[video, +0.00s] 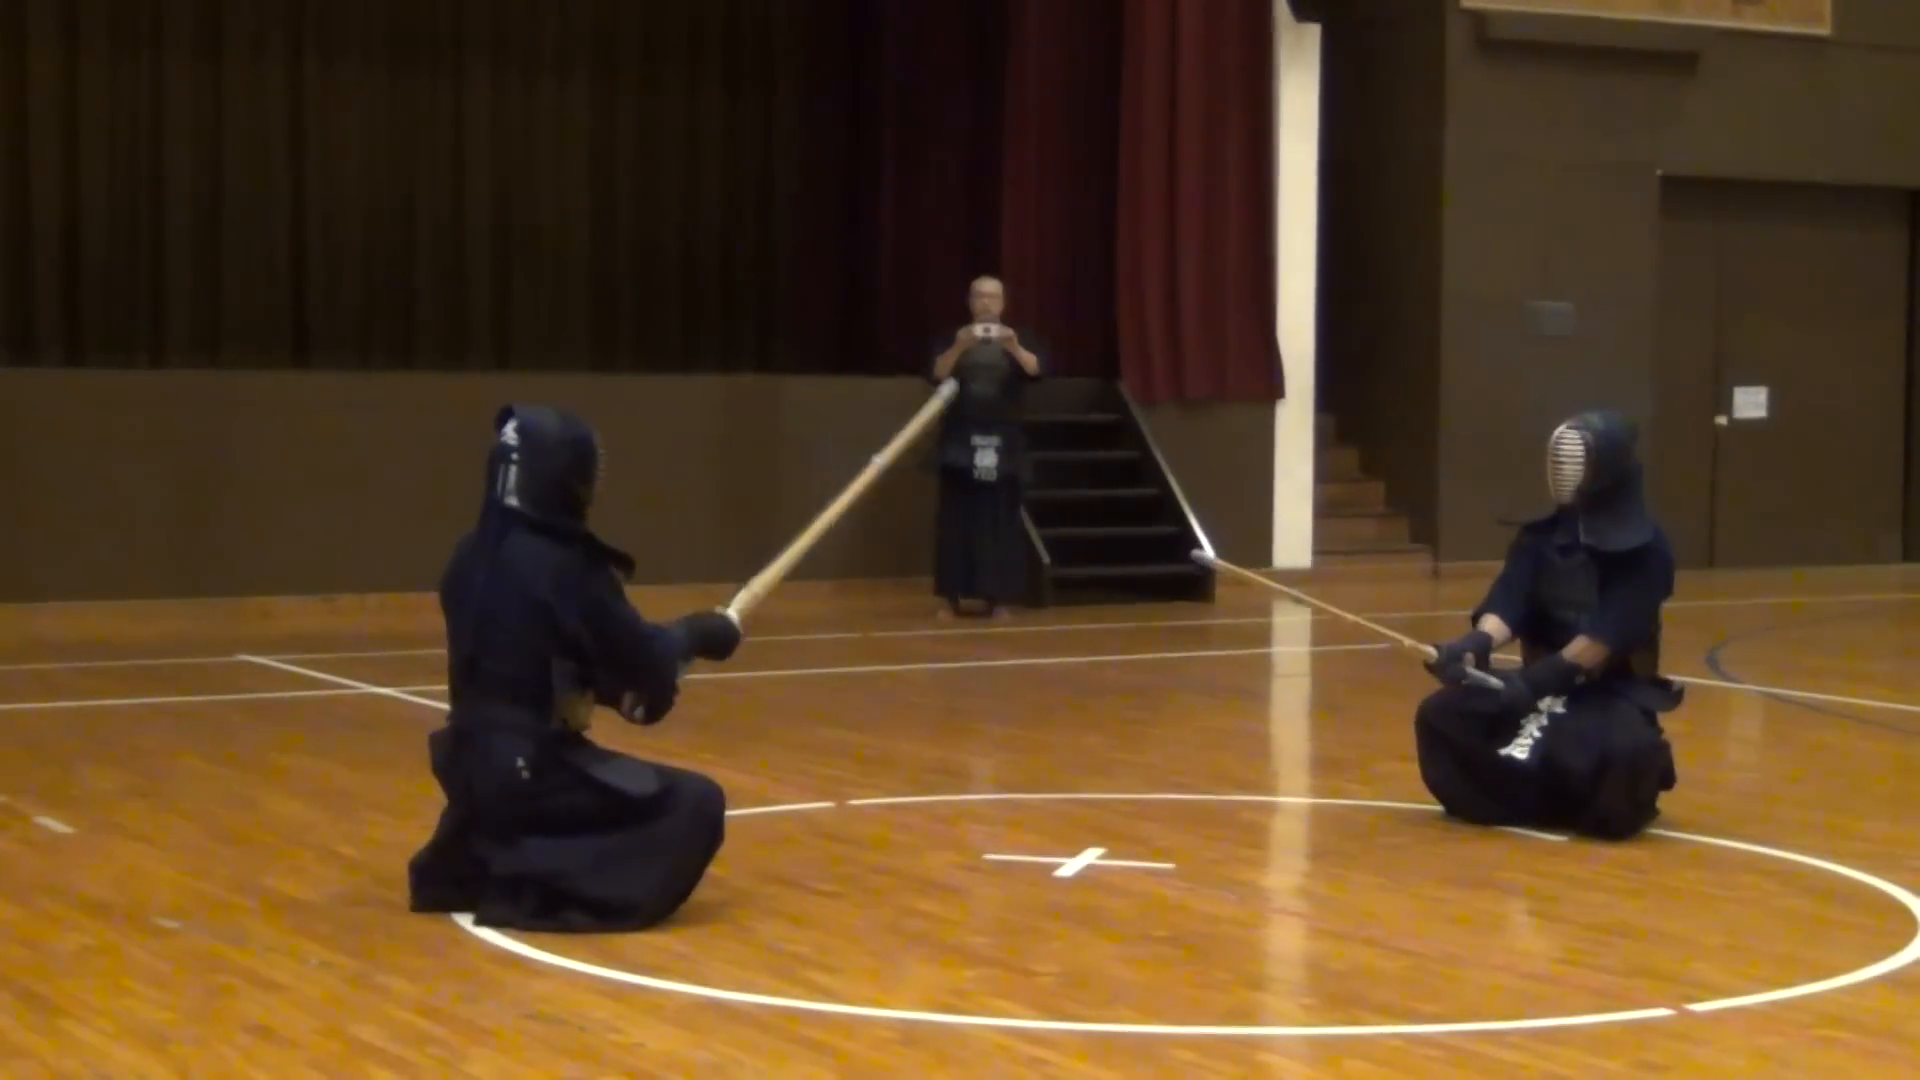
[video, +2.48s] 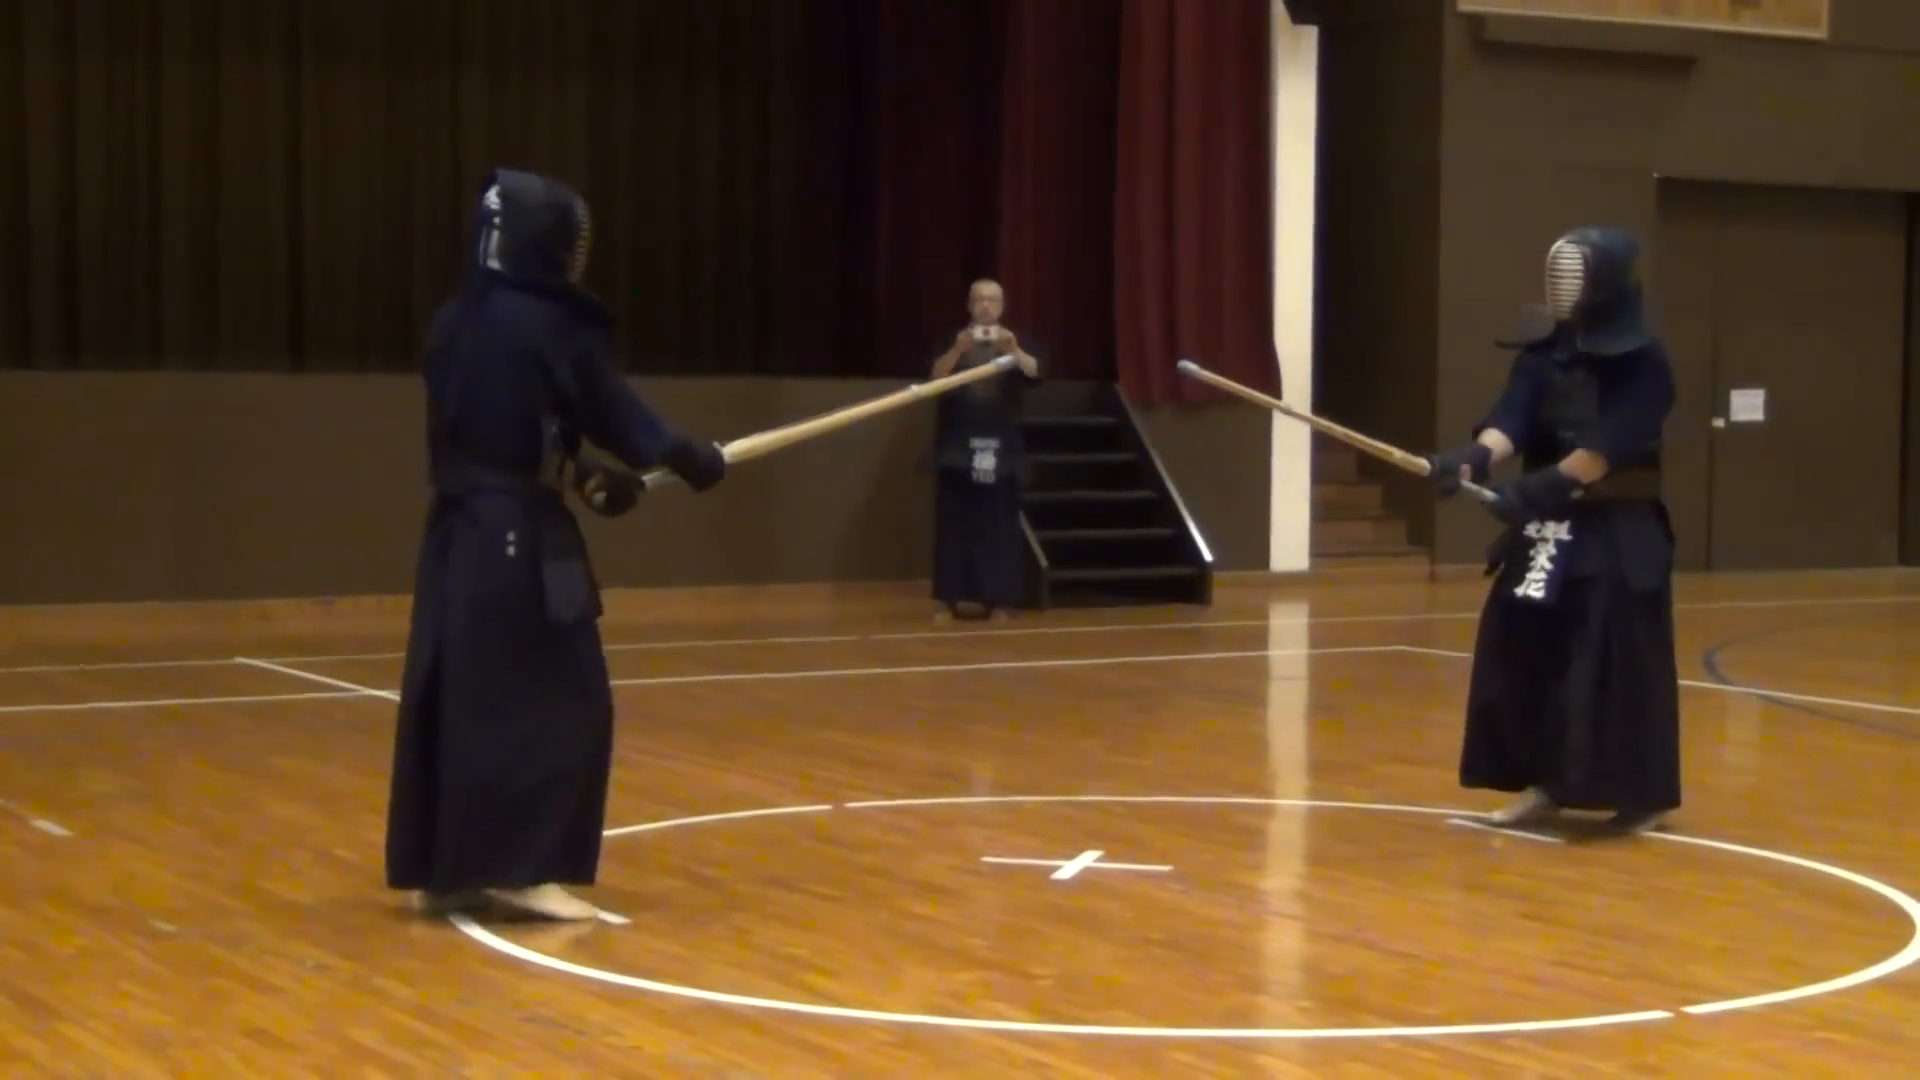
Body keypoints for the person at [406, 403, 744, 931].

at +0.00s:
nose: (591, 488)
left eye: (589, 474)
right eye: (585, 475)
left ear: (507, 472)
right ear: (564, 482)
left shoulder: (470, 556)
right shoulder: (568, 566)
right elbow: (636, 660)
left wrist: (618, 682)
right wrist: (694, 635)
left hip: (464, 759)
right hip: (531, 774)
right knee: (693, 804)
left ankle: (461, 865)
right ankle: (538, 884)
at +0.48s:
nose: (583, 493)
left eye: (580, 479)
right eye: (576, 480)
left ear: (499, 479)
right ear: (557, 486)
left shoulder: (465, 561)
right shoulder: (566, 573)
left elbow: (531, 653)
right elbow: (636, 659)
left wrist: (607, 692)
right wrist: (700, 668)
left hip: (462, 764)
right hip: (531, 776)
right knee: (696, 807)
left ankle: (451, 869)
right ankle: (542, 884)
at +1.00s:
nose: (586, 493)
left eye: (584, 478)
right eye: (580, 479)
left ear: (501, 478)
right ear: (560, 486)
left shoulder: (469, 559)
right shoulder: (570, 572)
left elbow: (532, 657)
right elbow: (638, 659)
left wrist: (612, 700)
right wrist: (711, 682)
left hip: (462, 762)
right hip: (532, 776)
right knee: (697, 805)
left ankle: (461, 864)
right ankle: (538, 882)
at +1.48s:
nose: (589, 492)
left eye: (588, 478)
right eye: (583, 478)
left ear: (506, 477)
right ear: (562, 485)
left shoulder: (470, 558)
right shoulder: (574, 572)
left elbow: (526, 657)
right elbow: (637, 658)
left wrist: (606, 699)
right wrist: (705, 679)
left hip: (461, 764)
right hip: (532, 777)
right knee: (695, 804)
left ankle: (451, 869)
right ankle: (539, 885)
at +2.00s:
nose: (597, 332)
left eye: (595, 318)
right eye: (589, 320)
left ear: (514, 322)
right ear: (563, 327)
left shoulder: (472, 401)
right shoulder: (569, 411)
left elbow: (544, 495)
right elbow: (641, 491)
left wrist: (611, 540)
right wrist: (718, 525)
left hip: (461, 609)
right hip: (527, 614)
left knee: (473, 739)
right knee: (631, 737)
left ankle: (462, 878)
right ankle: (591, 877)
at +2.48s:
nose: (582, 259)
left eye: (580, 244)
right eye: (574, 245)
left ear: (503, 242)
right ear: (546, 247)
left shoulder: (459, 317)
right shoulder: (556, 323)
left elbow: (497, 425)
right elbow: (619, 417)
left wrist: (578, 468)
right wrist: (690, 455)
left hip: (456, 533)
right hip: (522, 538)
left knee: (461, 693)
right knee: (569, 699)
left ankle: (444, 870)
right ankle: (529, 873)